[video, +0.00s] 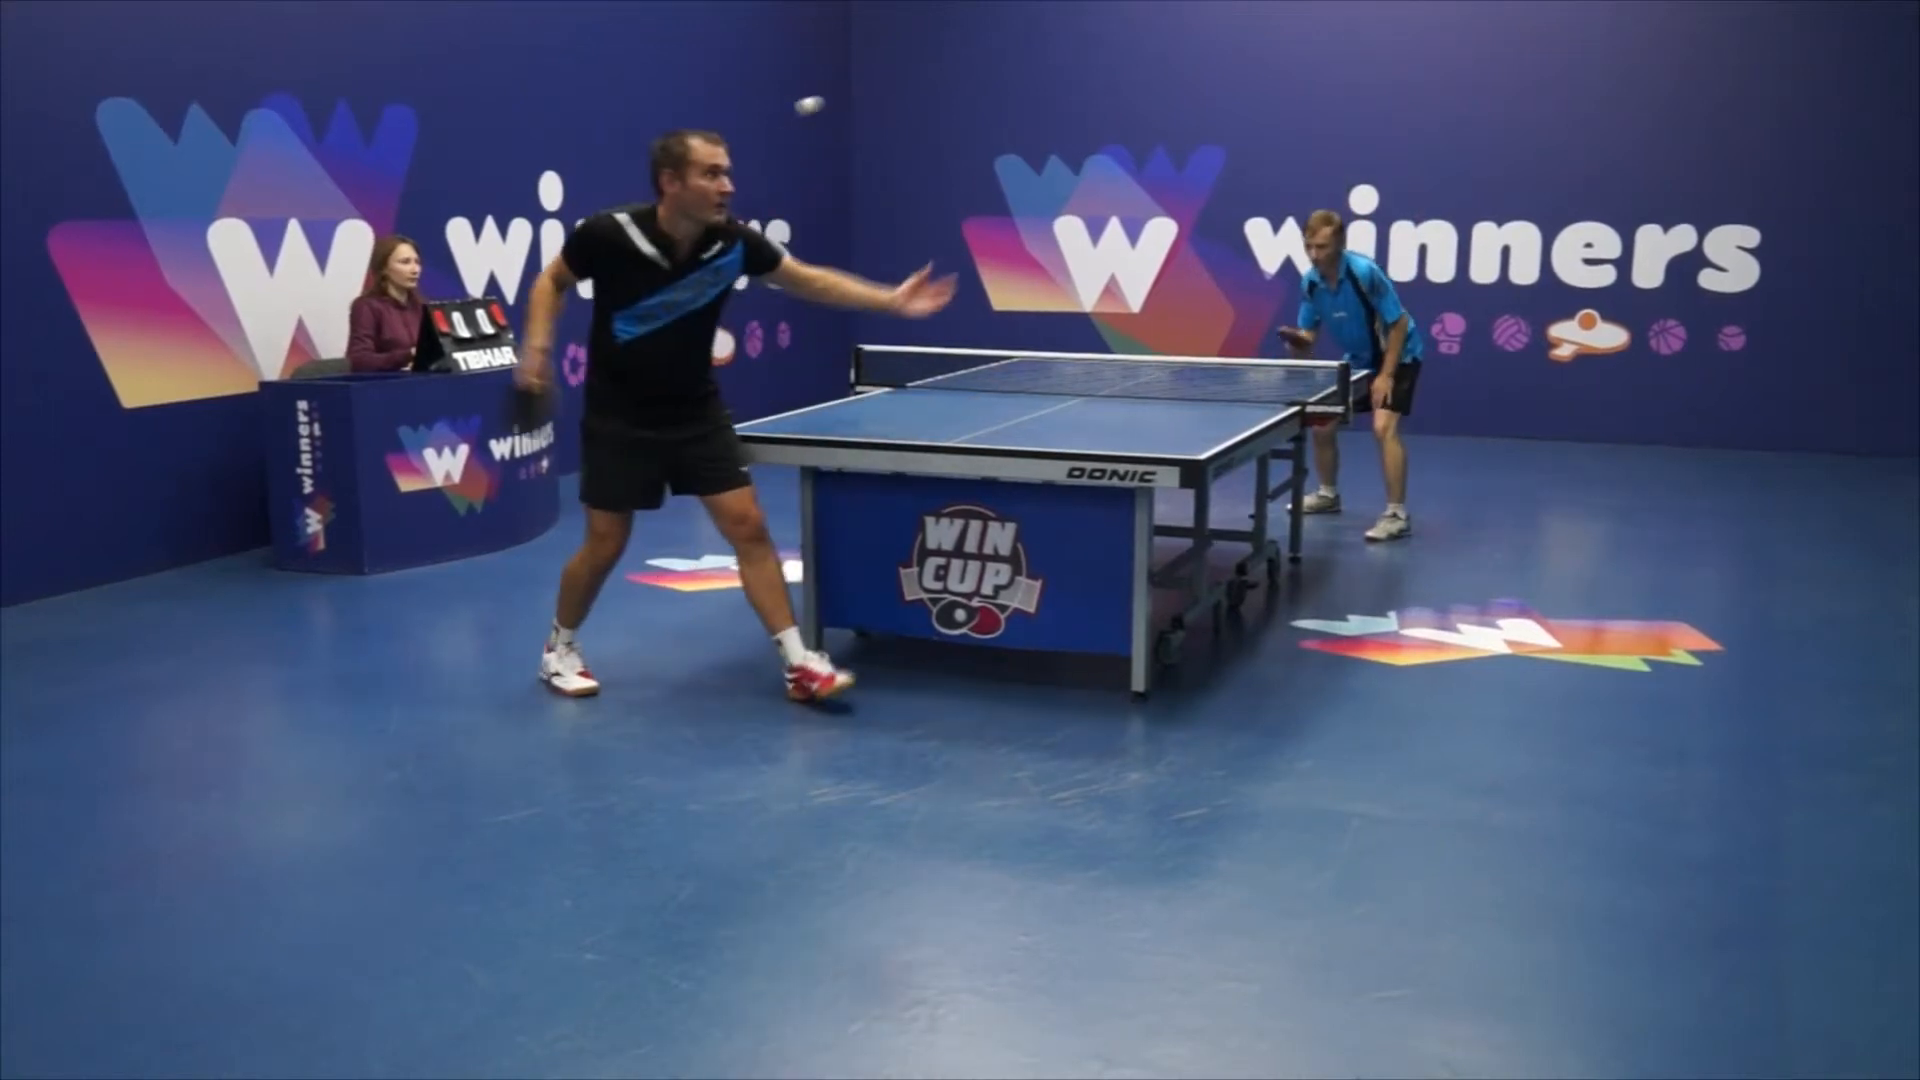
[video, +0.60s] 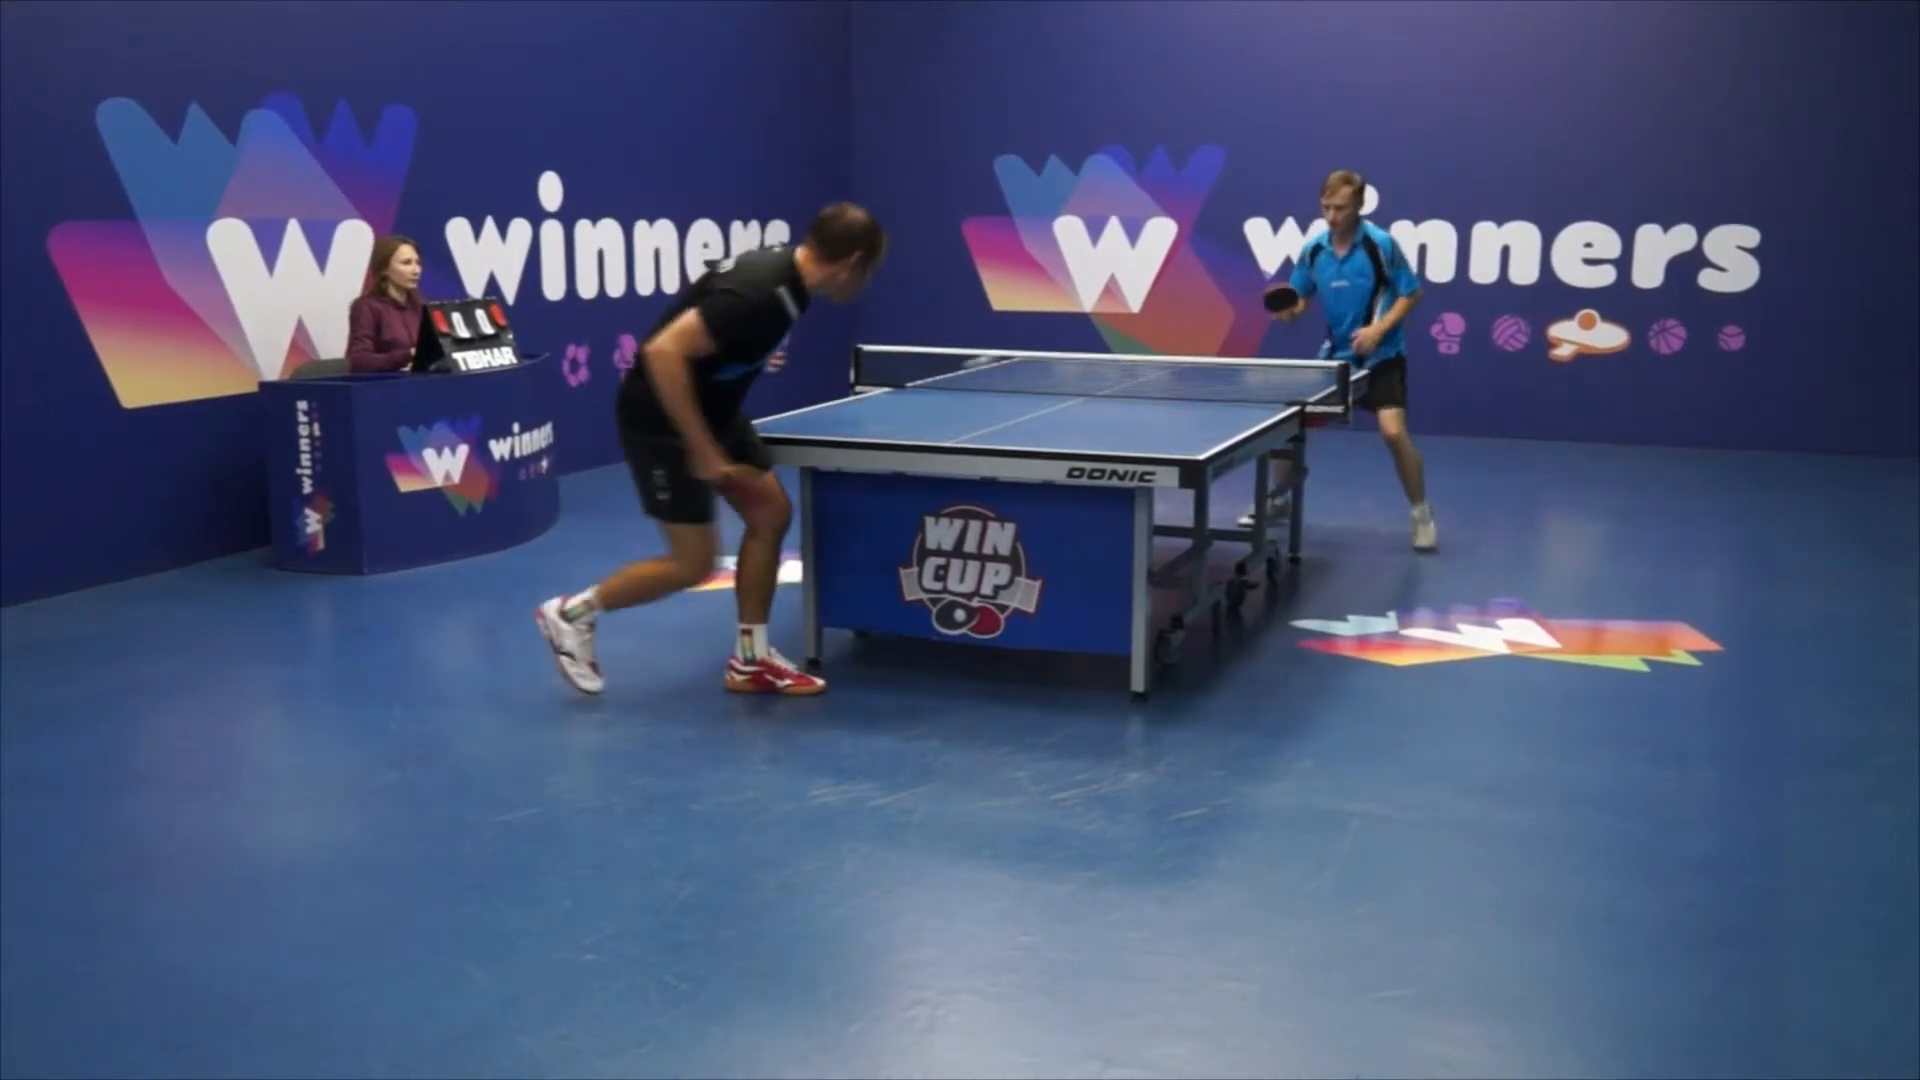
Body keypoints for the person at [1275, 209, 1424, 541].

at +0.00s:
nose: (1315, 254)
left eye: (1323, 247)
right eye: (1311, 247)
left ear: (1340, 245)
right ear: (1306, 246)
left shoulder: (1365, 272)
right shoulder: (1311, 281)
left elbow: (1399, 323)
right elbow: (1307, 337)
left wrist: (1386, 375)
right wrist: (1297, 338)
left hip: (1397, 355)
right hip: (1359, 358)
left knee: (1384, 426)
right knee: (1321, 421)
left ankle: (1396, 512)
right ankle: (1327, 494)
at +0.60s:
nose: (1332, 216)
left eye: (1340, 209)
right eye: (1327, 208)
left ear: (1359, 209)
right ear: (1322, 207)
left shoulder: (1381, 244)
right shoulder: (1314, 249)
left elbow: (1411, 292)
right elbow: (1301, 298)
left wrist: (1379, 329)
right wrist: (1289, 310)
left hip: (1382, 352)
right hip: (1334, 353)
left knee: (1393, 432)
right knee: (1287, 414)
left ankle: (1421, 513)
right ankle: (1278, 499)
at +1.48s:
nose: (1341, 227)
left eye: (1349, 220)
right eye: (1336, 219)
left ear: (1365, 221)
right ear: (1330, 218)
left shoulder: (1387, 261)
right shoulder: (1319, 261)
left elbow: (1427, 297)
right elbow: (1296, 306)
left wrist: (1404, 313)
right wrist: (1277, 314)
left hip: (1375, 372)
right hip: (1328, 371)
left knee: (1393, 441)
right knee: (1286, 420)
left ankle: (1431, 519)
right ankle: (1284, 491)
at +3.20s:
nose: (1314, 235)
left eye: (1320, 228)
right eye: (1311, 228)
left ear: (1338, 228)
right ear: (1313, 229)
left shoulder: (1352, 248)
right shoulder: (1337, 261)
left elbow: (1380, 263)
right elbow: (1360, 296)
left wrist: (1343, 308)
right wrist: (1345, 328)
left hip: (1408, 345)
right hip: (1386, 357)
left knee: (1433, 413)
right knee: (1354, 417)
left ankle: (1484, 481)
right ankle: (1375, 481)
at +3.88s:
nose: (1253, 205)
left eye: (1261, 199)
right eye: (1248, 198)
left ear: (1272, 204)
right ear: (1240, 200)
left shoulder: (1286, 245)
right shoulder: (1226, 239)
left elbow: (1313, 289)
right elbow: (1200, 280)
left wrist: (1339, 329)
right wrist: (1212, 283)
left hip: (1269, 340)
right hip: (1228, 338)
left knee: (1289, 404)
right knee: (1199, 396)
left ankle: (1313, 467)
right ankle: (1187, 466)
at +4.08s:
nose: (1280, 199)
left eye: (1287, 194)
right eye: (1275, 193)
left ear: (1298, 198)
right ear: (1267, 196)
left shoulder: (1310, 239)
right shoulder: (1251, 232)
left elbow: (1325, 282)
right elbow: (1237, 272)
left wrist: (1337, 320)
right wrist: (1224, 291)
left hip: (1291, 337)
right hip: (1249, 336)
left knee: (1312, 399)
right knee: (1228, 394)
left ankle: (1315, 468)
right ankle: (1210, 462)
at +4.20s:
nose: (1288, 192)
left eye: (1295, 186)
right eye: (1283, 185)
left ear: (1305, 190)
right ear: (1273, 188)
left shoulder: (1319, 232)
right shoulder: (1255, 229)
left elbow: (1325, 275)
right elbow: (1245, 268)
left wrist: (1314, 304)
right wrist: (1236, 283)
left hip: (1300, 329)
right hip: (1258, 329)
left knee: (1314, 397)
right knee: (1245, 393)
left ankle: (1317, 467)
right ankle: (1225, 462)